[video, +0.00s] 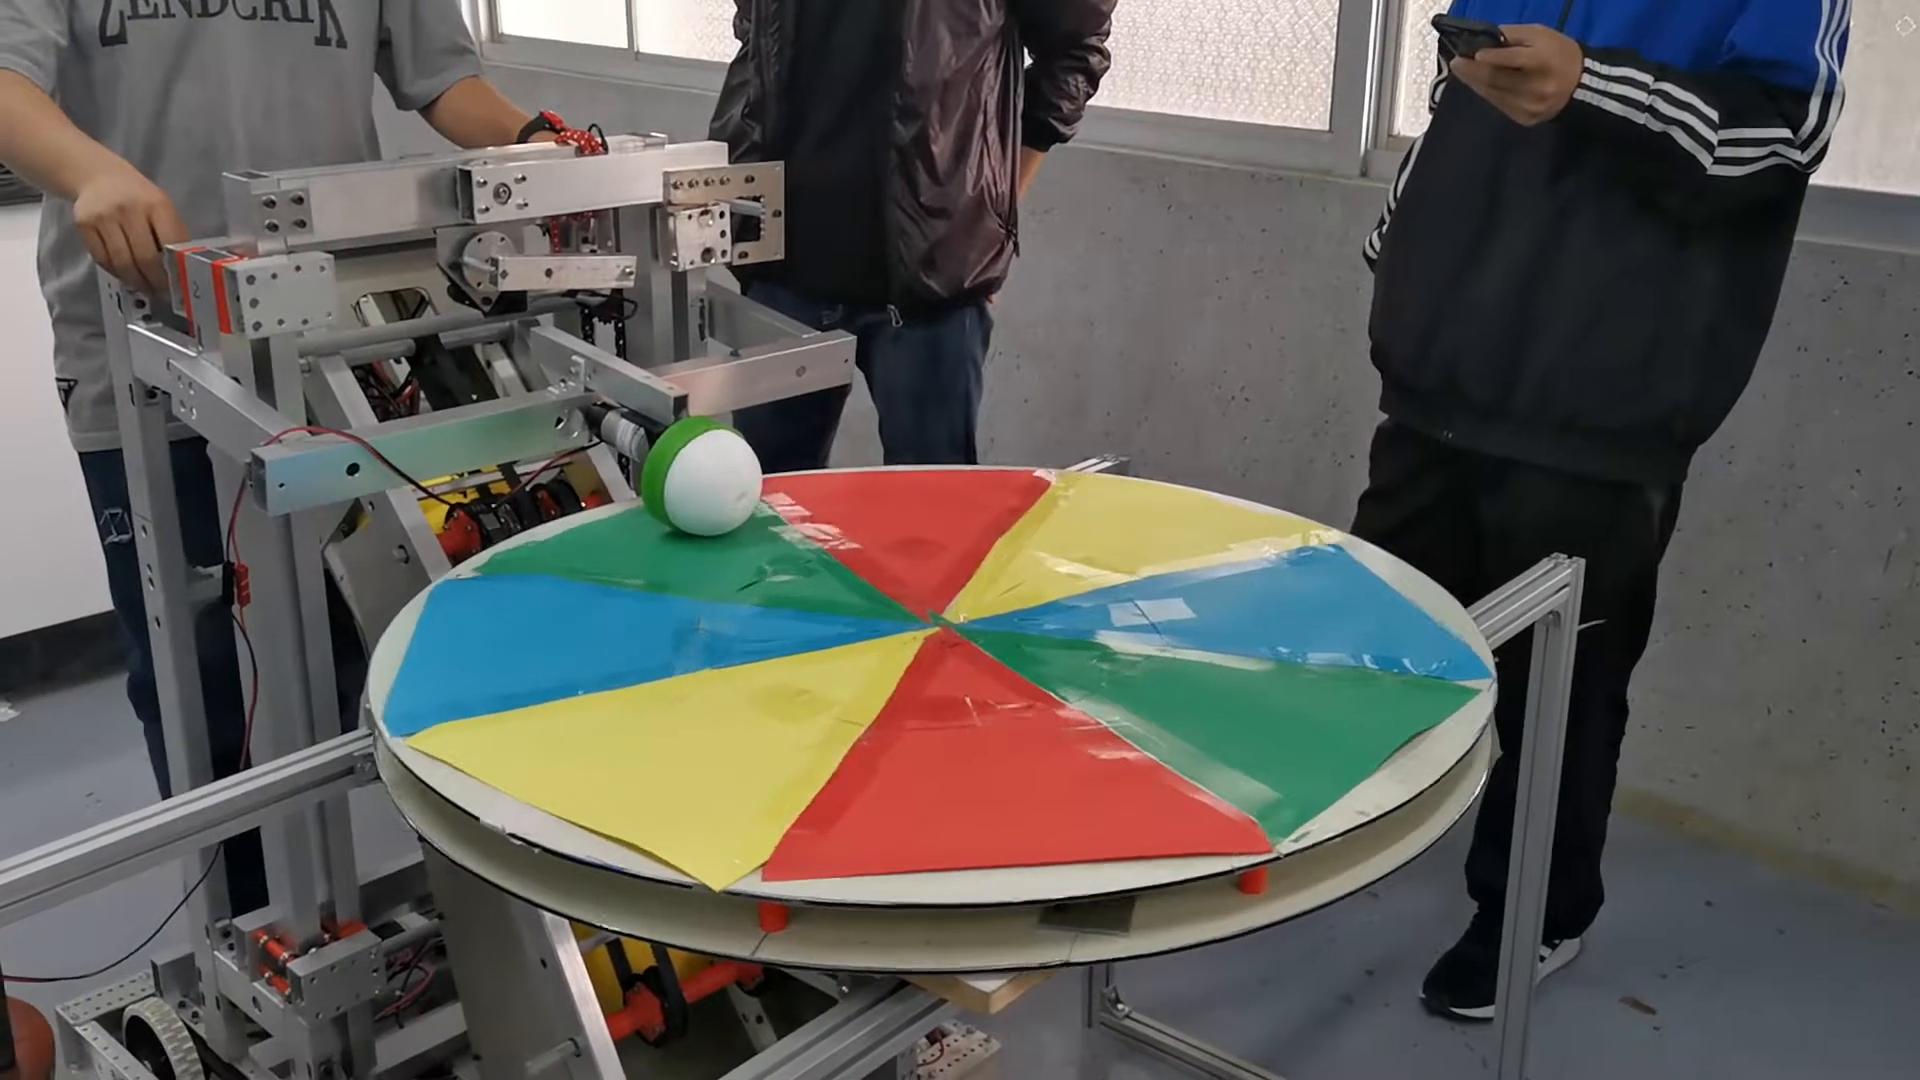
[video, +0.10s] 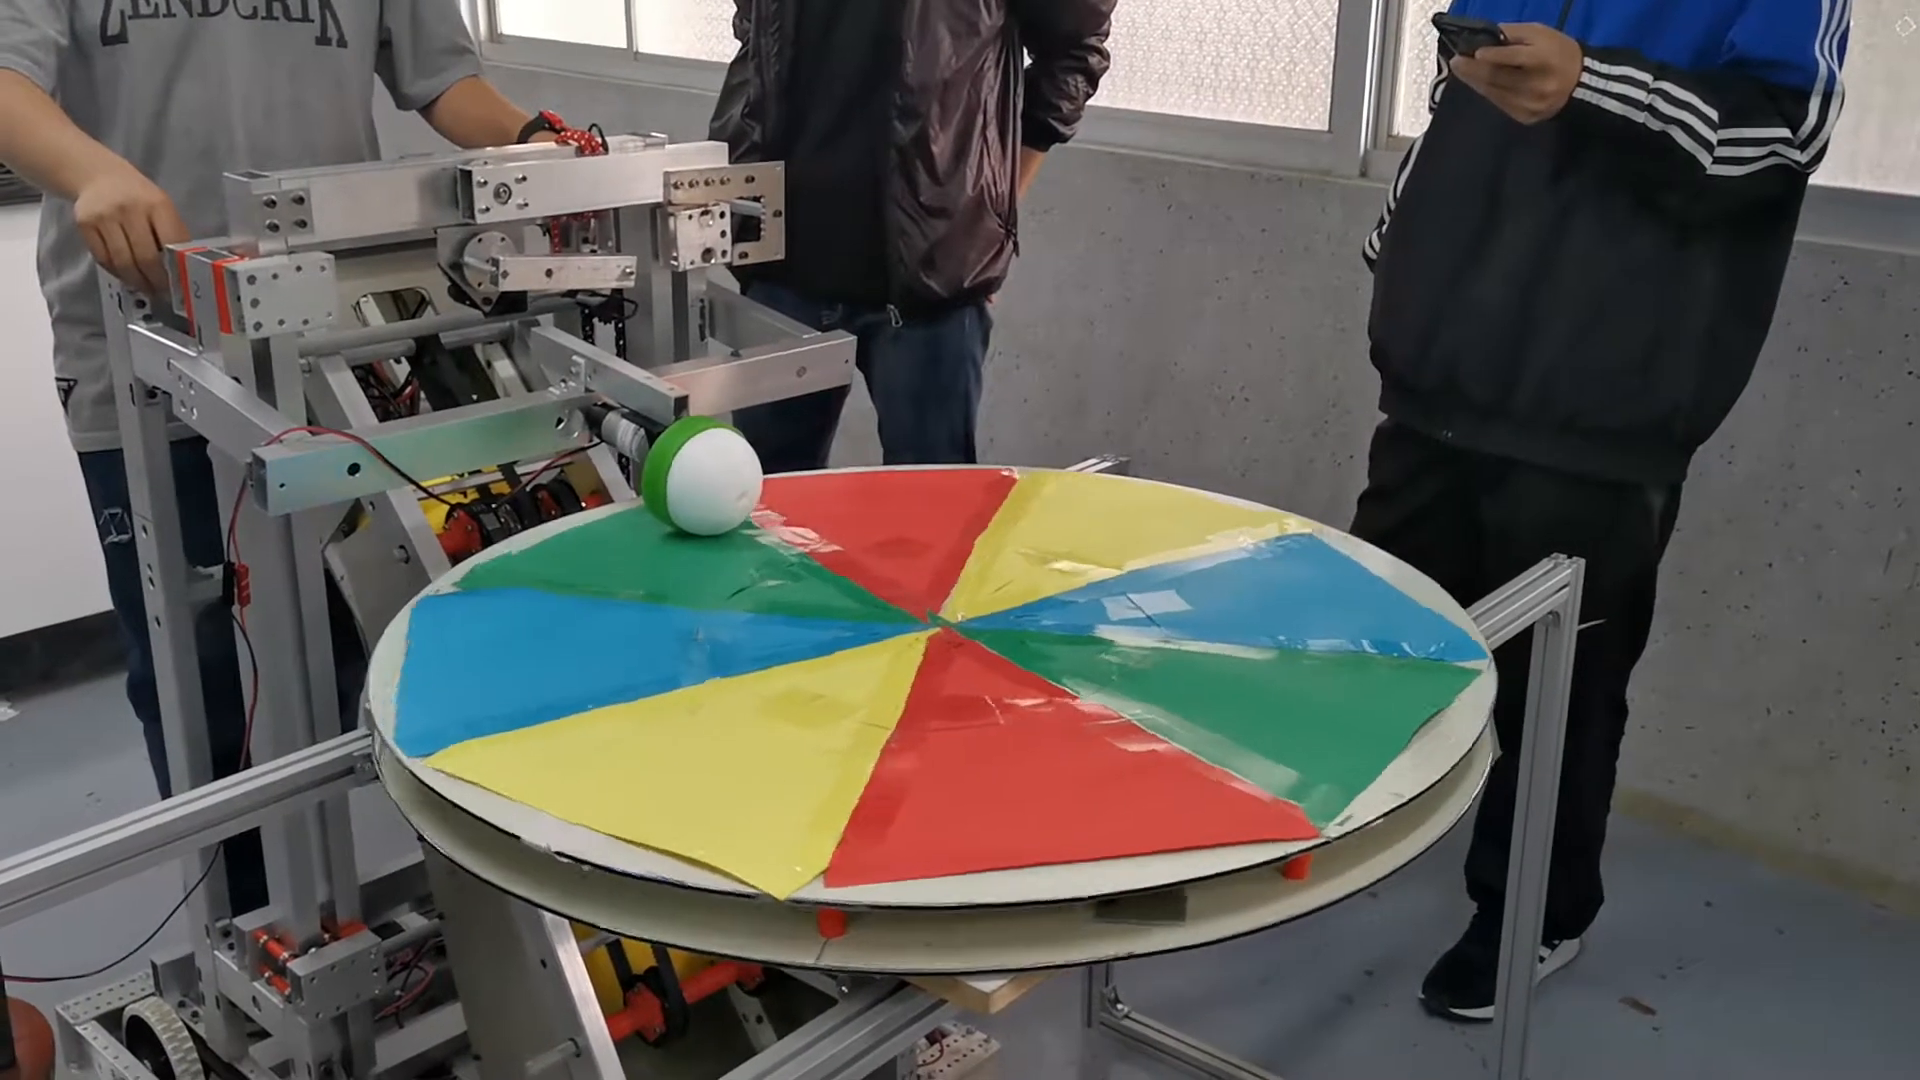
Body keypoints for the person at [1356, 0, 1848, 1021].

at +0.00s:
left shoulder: (1784, 7)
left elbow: (1786, 131)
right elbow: (1463, 66)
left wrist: (1586, 85)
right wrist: (1395, 241)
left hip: (1618, 371)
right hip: (1453, 331)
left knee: (1558, 671)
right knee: (1385, 625)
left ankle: (1530, 912)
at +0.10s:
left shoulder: (1784, 7)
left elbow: (1785, 132)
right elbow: (1462, 51)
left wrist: (1586, 83)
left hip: (1617, 371)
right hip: (1450, 330)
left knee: (1558, 671)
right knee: (1385, 626)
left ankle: (1531, 911)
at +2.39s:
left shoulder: (1814, 7)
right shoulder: (1534, 4)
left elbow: (1809, 137)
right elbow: (1486, 80)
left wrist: (1611, 82)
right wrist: (1410, 242)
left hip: (1636, 370)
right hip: (1470, 324)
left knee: (1568, 663)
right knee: (1393, 613)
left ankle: (1525, 909)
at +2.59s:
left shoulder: (1817, 7)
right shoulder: (1537, 4)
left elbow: (1809, 140)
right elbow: (1487, 88)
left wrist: (1612, 84)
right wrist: (1412, 243)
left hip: (1635, 375)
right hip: (1470, 330)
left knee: (1569, 667)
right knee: (1395, 615)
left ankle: (1528, 908)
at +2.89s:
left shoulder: (1821, 6)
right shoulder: (1536, 5)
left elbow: (1813, 141)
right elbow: (1487, 97)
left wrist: (1614, 86)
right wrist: (1415, 243)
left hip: (1638, 377)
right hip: (1472, 333)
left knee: (1571, 670)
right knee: (1398, 614)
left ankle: (1527, 910)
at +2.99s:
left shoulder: (1821, 7)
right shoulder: (1539, 5)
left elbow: (1813, 142)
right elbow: (1487, 98)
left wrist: (1613, 86)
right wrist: (1415, 245)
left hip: (1639, 376)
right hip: (1473, 330)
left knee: (1572, 669)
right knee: (1397, 615)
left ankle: (1528, 910)